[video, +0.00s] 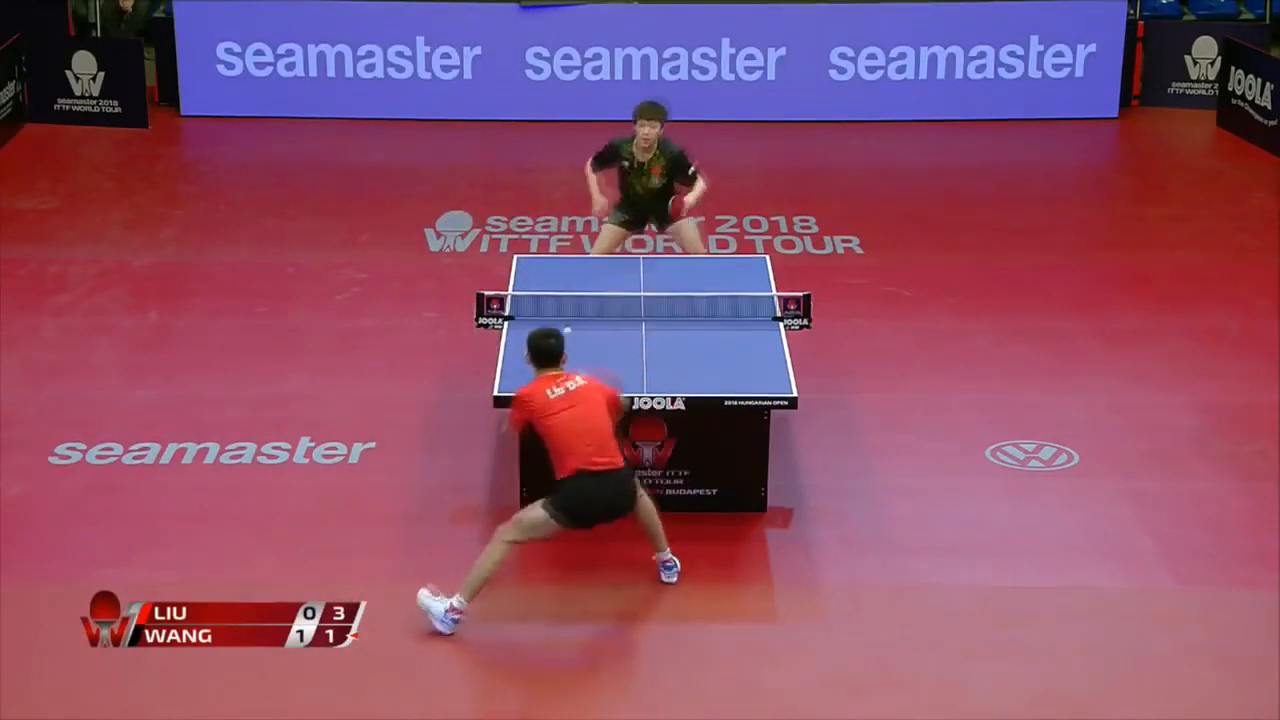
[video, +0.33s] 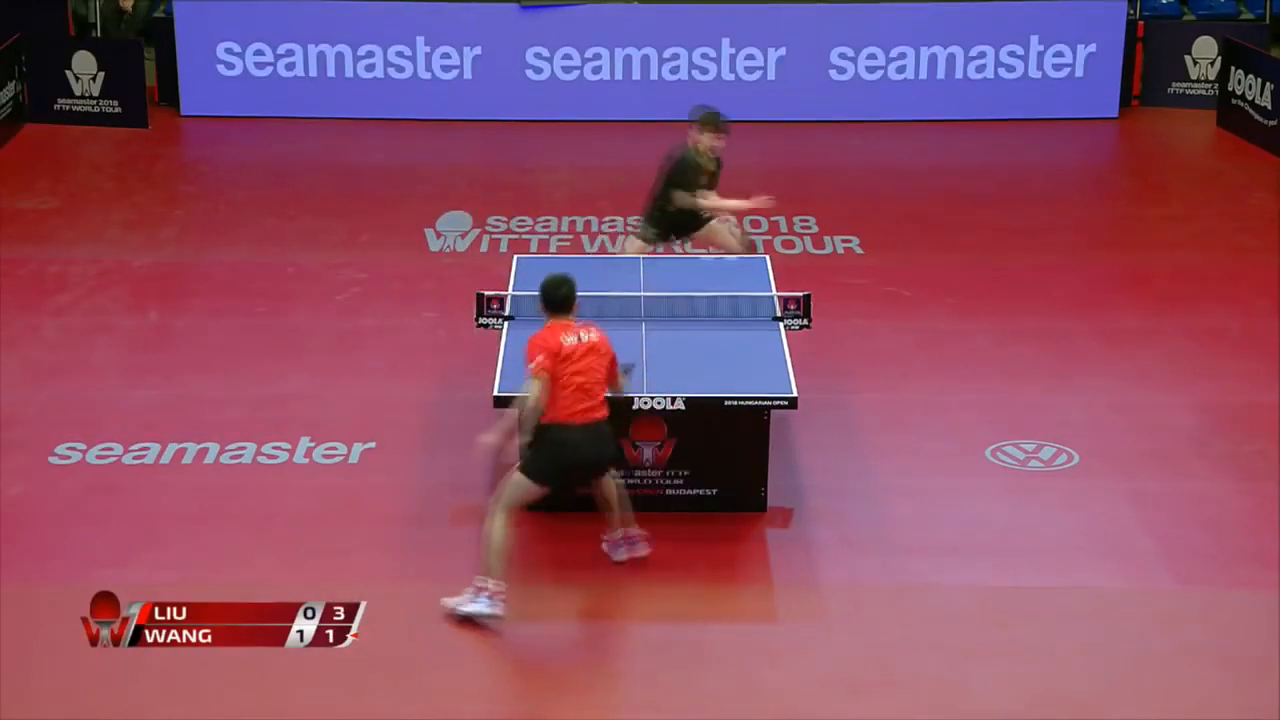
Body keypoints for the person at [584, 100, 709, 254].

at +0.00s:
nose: (646, 132)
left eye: (652, 127)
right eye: (642, 126)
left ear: (661, 130)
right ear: (635, 127)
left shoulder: (672, 154)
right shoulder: (620, 149)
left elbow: (700, 183)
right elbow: (591, 166)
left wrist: (690, 198)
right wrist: (597, 197)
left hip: (665, 209)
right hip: (630, 209)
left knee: (699, 257)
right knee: (596, 259)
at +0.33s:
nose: (719, 142)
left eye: (722, 137)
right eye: (713, 136)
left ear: (724, 139)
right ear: (695, 134)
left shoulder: (714, 162)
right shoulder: (681, 159)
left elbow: (706, 194)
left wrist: (722, 214)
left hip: (693, 220)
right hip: (661, 222)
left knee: (739, 246)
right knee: (626, 263)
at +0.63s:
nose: (740, 121)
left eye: (745, 116)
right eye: (735, 115)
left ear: (751, 118)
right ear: (723, 113)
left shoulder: (755, 136)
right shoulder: (707, 134)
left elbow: (777, 133)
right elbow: (686, 169)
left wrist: (751, 115)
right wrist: (709, 149)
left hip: (740, 204)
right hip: (707, 200)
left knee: (772, 250)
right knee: (659, 231)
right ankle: (640, 281)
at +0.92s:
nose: (718, 114)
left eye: (723, 109)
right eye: (714, 109)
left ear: (732, 109)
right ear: (708, 109)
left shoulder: (745, 132)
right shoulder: (703, 129)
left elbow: (774, 164)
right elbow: (695, 148)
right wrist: (683, 171)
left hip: (746, 198)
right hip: (716, 194)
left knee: (766, 243)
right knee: (662, 216)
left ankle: (794, 290)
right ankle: (680, 274)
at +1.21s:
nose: (729, 131)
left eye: (733, 125)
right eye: (723, 125)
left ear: (738, 127)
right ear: (712, 125)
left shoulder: (735, 148)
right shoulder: (697, 148)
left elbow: (730, 183)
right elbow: (685, 190)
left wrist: (752, 207)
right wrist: (733, 191)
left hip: (716, 203)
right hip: (684, 204)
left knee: (755, 234)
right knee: (641, 249)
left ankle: (771, 279)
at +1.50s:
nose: (724, 87)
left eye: (726, 81)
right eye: (718, 82)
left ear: (731, 83)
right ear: (706, 83)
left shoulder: (734, 104)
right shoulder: (693, 108)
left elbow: (744, 78)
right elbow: (667, 141)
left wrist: (711, 57)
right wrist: (687, 120)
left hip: (727, 180)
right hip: (695, 179)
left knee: (764, 228)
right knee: (650, 224)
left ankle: (775, 278)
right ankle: (639, 273)